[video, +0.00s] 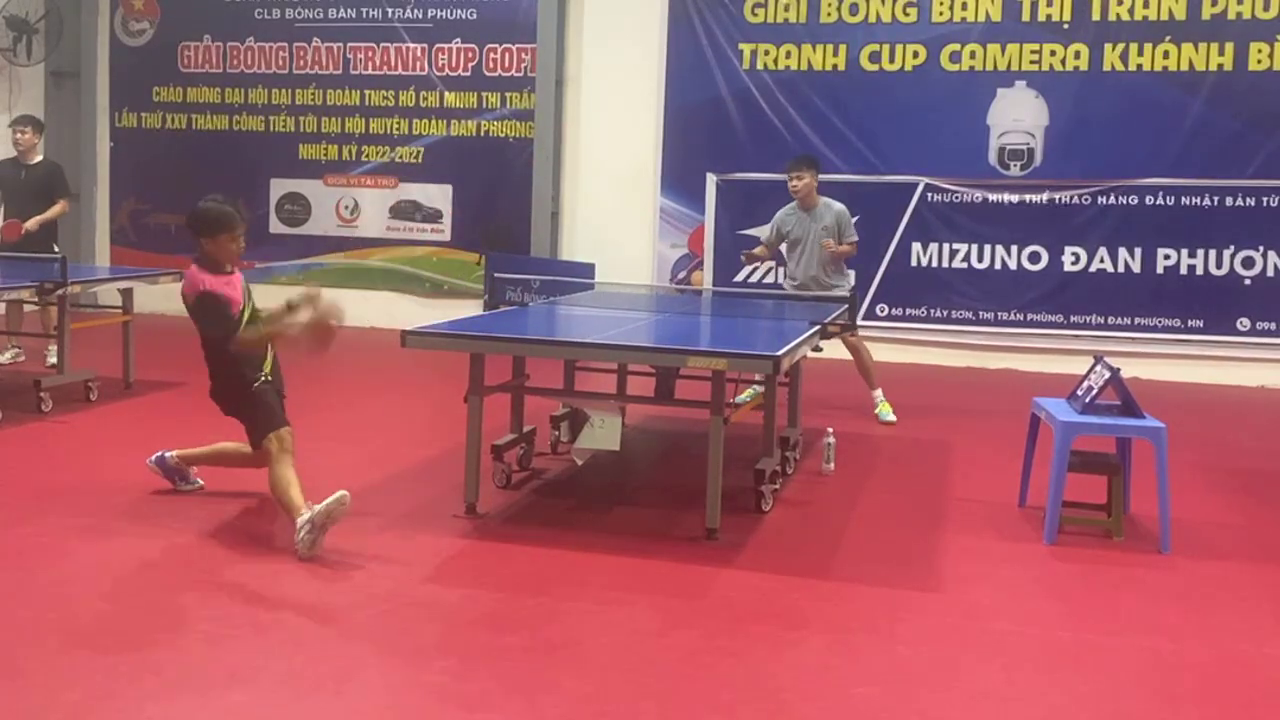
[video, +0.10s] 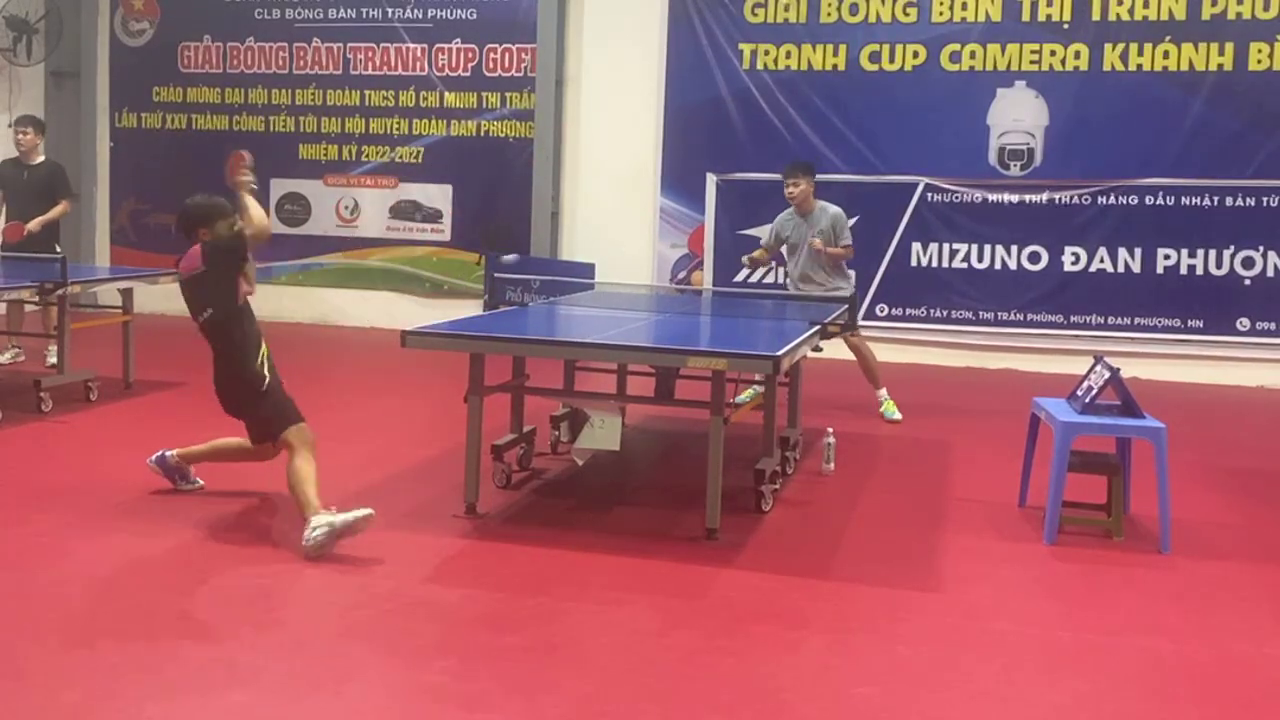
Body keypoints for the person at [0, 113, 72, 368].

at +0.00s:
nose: (17, 137)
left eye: (23, 132)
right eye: (15, 132)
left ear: (38, 137)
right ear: (12, 136)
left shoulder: (51, 169)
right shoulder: (5, 167)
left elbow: (63, 204)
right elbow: (3, 203)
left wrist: (38, 220)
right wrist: (2, 224)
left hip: (42, 248)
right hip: (10, 247)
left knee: (47, 298)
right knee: (12, 297)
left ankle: (53, 346)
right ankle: (13, 346)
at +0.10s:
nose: (19, 137)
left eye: (25, 133)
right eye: (17, 133)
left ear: (39, 138)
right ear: (14, 137)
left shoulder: (53, 169)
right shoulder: (7, 167)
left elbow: (66, 204)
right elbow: (2, 200)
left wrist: (40, 221)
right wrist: (3, 226)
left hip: (44, 248)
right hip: (13, 248)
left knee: (49, 298)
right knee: (13, 297)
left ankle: (52, 346)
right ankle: (13, 346)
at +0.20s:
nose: (20, 139)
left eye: (25, 135)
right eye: (17, 135)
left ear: (40, 138)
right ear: (14, 138)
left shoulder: (55, 169)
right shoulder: (8, 167)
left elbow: (67, 204)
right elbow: (3, 200)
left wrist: (41, 221)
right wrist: (3, 227)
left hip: (45, 248)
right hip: (14, 247)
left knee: (49, 297)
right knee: (13, 296)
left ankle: (53, 346)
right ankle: (14, 346)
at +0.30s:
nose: (19, 141)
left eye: (24, 136)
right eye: (16, 136)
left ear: (39, 137)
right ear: (14, 138)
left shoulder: (56, 169)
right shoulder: (8, 167)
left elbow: (69, 204)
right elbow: (3, 200)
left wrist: (42, 222)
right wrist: (4, 227)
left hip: (47, 247)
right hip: (15, 247)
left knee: (49, 298)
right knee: (14, 296)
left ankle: (52, 346)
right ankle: (14, 346)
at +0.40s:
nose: (17, 142)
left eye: (22, 137)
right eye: (14, 137)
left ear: (37, 137)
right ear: (12, 139)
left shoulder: (56, 168)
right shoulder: (7, 168)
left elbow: (69, 204)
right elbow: (3, 202)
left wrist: (44, 222)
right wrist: (4, 230)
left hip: (49, 247)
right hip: (16, 247)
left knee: (50, 297)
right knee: (14, 296)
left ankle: (53, 346)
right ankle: (14, 346)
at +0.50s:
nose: (13, 143)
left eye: (18, 138)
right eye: (10, 138)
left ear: (33, 139)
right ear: (8, 140)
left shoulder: (53, 167)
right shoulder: (7, 169)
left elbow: (70, 201)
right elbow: (3, 204)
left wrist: (47, 223)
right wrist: (6, 232)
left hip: (50, 247)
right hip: (17, 247)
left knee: (51, 298)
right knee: (14, 296)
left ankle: (53, 346)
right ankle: (14, 346)